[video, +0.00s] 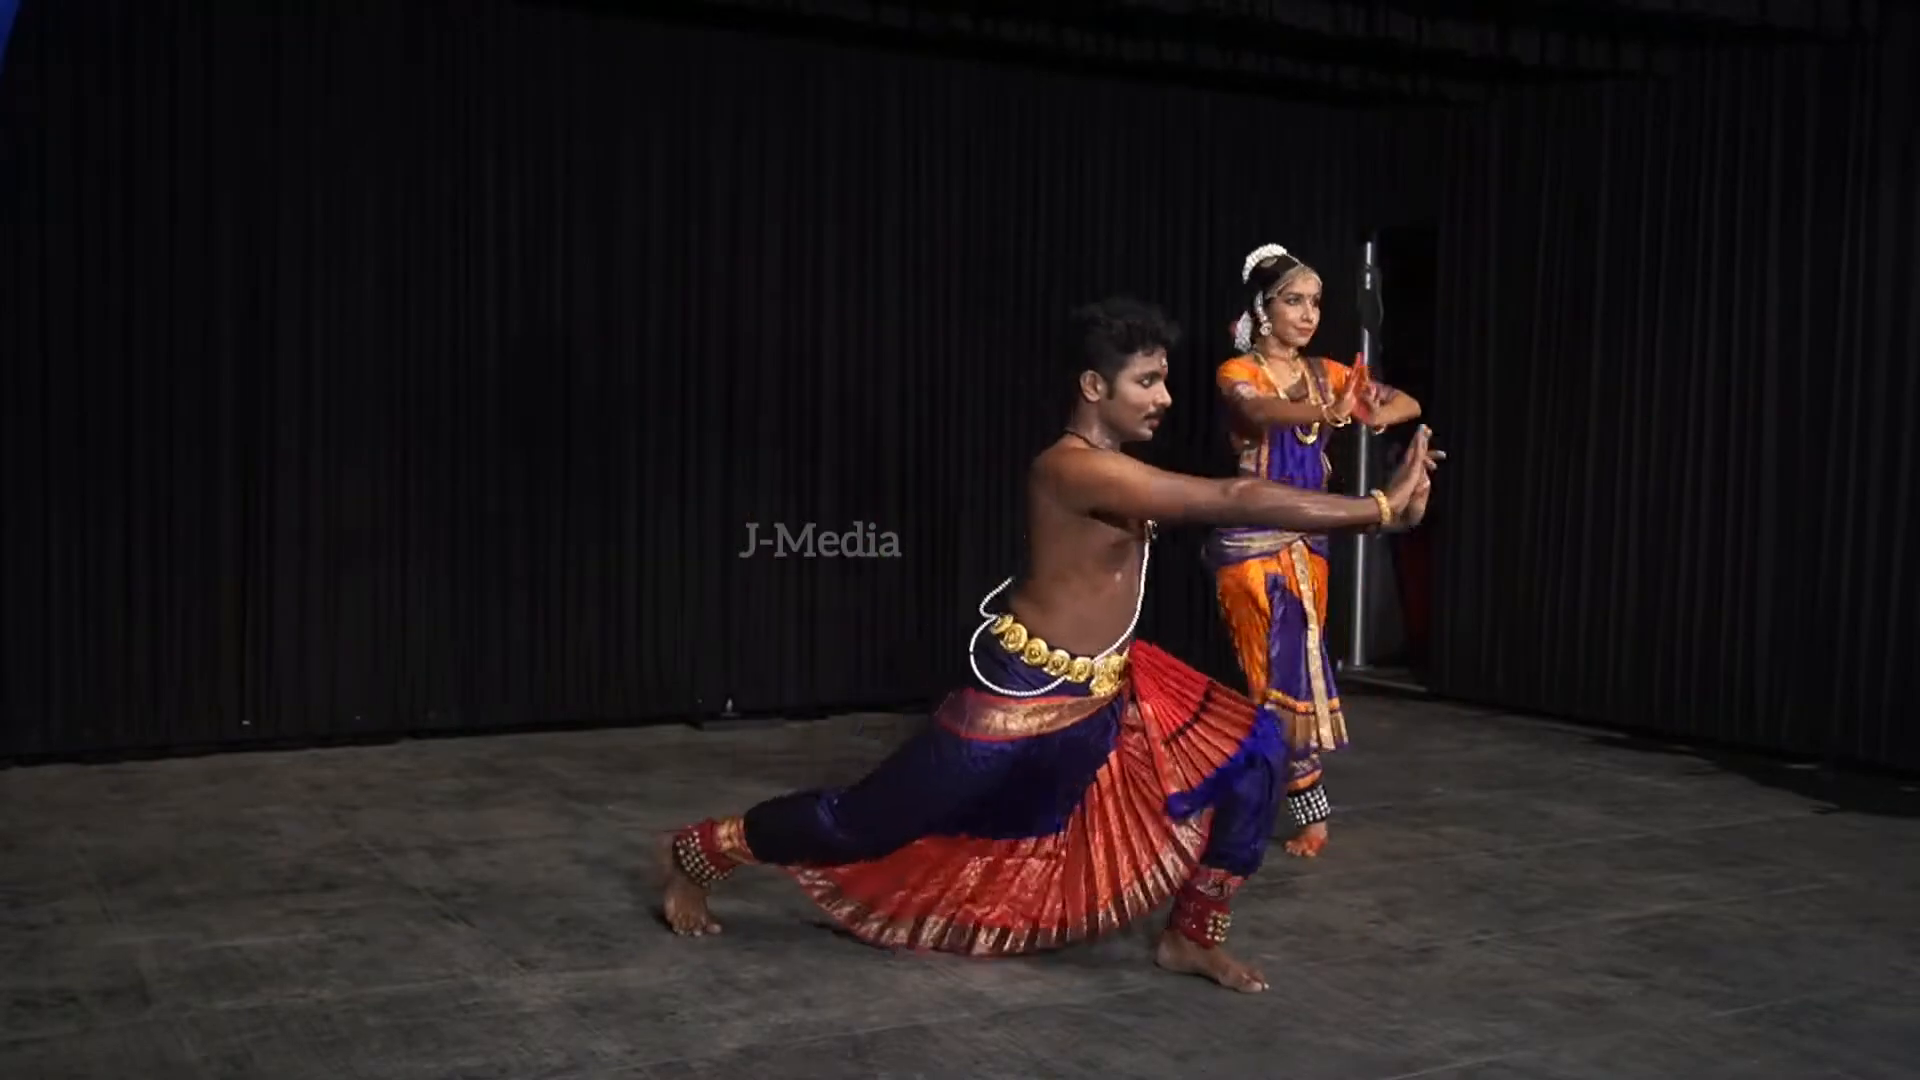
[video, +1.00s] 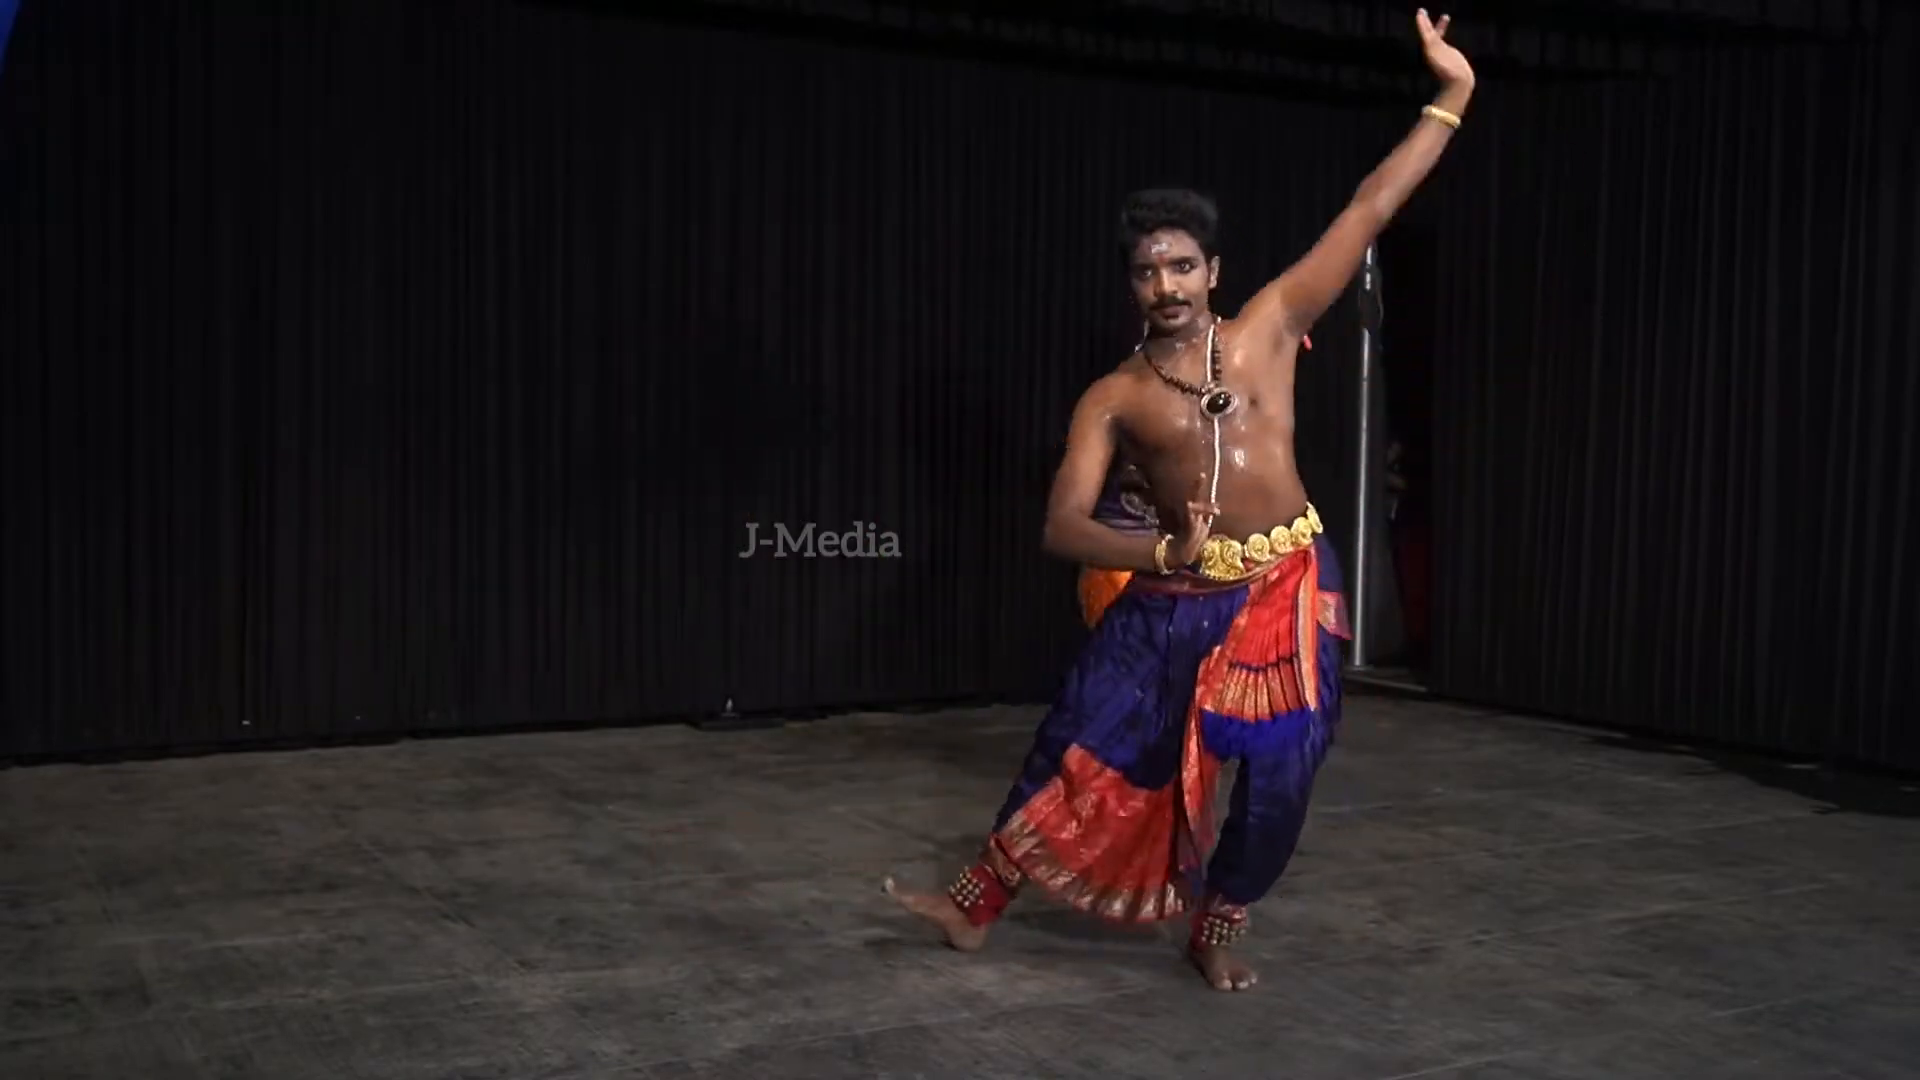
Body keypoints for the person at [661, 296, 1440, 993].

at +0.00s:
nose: (1163, 399)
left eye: (1166, 383)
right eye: (1146, 383)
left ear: (1141, 391)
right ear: (1092, 387)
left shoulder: (1126, 462)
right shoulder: (1072, 467)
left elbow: (1218, 506)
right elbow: (1230, 503)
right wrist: (1375, 512)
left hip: (1108, 679)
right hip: (1022, 687)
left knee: (1257, 752)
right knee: (866, 825)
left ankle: (1194, 934)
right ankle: (698, 852)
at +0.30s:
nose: (1237, 420)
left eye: (1241, 404)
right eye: (1218, 404)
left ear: (1239, 410)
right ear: (1160, 409)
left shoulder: (1239, 491)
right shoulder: (1104, 491)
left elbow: (1328, 542)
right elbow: (1166, 530)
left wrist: (1402, 547)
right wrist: (1264, 528)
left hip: (1185, 713)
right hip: (1082, 703)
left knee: (1315, 795)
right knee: (935, 794)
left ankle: (1191, 930)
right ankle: (768, 863)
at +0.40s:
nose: (1236, 396)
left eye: (1243, 379)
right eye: (1216, 380)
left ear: (1253, 390)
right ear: (1162, 391)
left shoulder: (1263, 485)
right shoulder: (1105, 471)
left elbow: (1372, 541)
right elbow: (1052, 521)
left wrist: (1340, 549)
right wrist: (1146, 543)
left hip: (1209, 703)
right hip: (1095, 699)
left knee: (1322, 801)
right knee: (954, 791)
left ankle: (1193, 925)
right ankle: (790, 882)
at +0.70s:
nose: (1198, 340)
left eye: (1214, 322)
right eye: (1181, 324)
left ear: (1239, 331)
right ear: (1157, 334)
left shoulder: (1291, 426)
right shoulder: (1113, 430)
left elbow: (1423, 465)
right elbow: (1014, 523)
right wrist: (1120, 534)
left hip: (1244, 651)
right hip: (1127, 648)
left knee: (1313, 811)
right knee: (1013, 778)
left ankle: (1204, 923)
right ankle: (870, 892)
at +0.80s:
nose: (1186, 316)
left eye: (1202, 300)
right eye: (1170, 301)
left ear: (1230, 308)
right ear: (1146, 312)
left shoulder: (1282, 387)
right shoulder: (1107, 416)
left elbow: (1417, 391)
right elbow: (1021, 524)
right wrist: (1129, 537)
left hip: (1259, 626)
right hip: (1144, 626)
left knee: (1302, 805)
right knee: (1036, 762)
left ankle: (1210, 925)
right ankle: (904, 893)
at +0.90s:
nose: (1172, 298)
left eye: (1188, 281)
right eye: (1155, 283)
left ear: (1217, 289)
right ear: (1135, 296)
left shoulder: (1274, 354)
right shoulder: (1107, 405)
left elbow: (1412, 301)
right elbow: (1037, 524)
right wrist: (1139, 544)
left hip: (1271, 602)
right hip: (1159, 609)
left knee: (1283, 792)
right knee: (1060, 756)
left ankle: (1218, 932)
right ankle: (939, 894)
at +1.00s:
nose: (1164, 284)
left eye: (1179, 267)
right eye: (1147, 271)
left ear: (1214, 275)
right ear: (1131, 288)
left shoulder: (1271, 325)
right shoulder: (1112, 401)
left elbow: (1371, 207)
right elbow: (1063, 526)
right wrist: (1160, 551)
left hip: (1286, 579)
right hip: (1175, 592)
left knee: (1279, 772)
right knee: (1082, 739)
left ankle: (1220, 929)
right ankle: (975, 902)